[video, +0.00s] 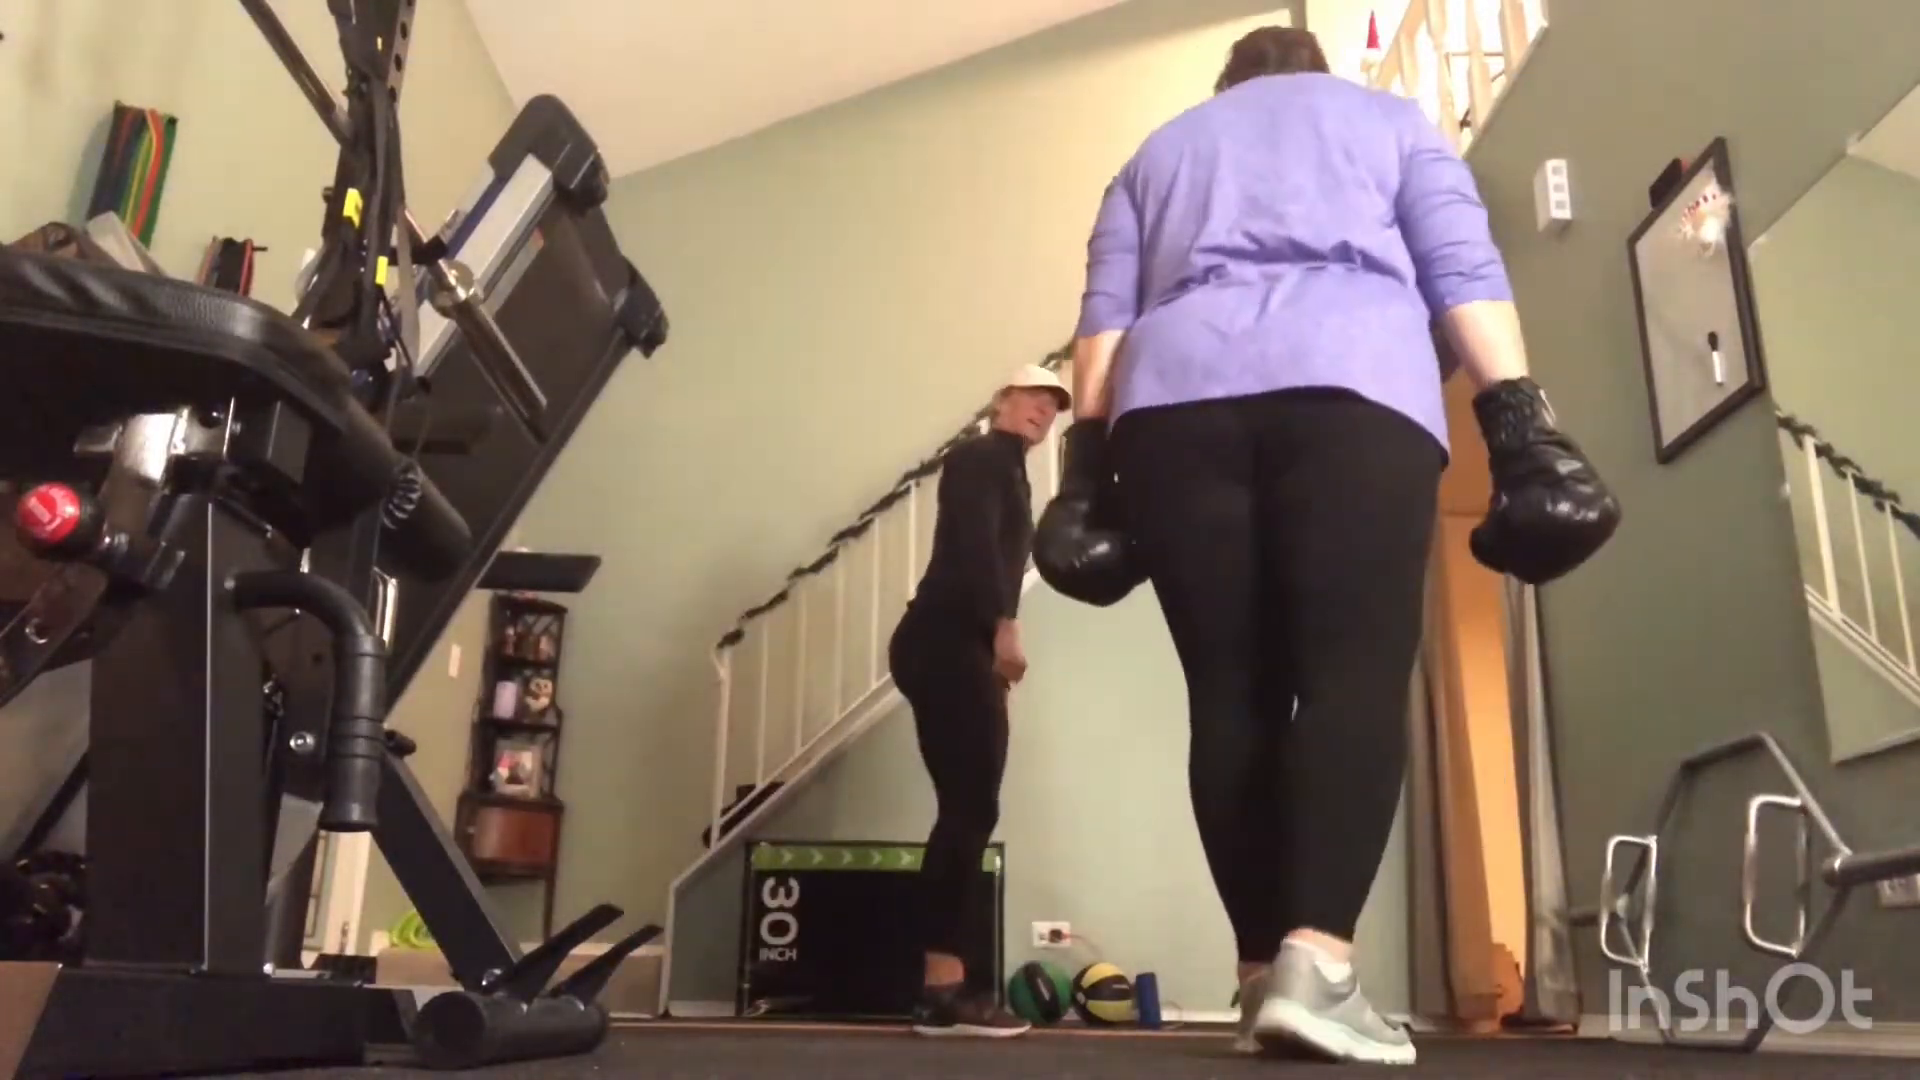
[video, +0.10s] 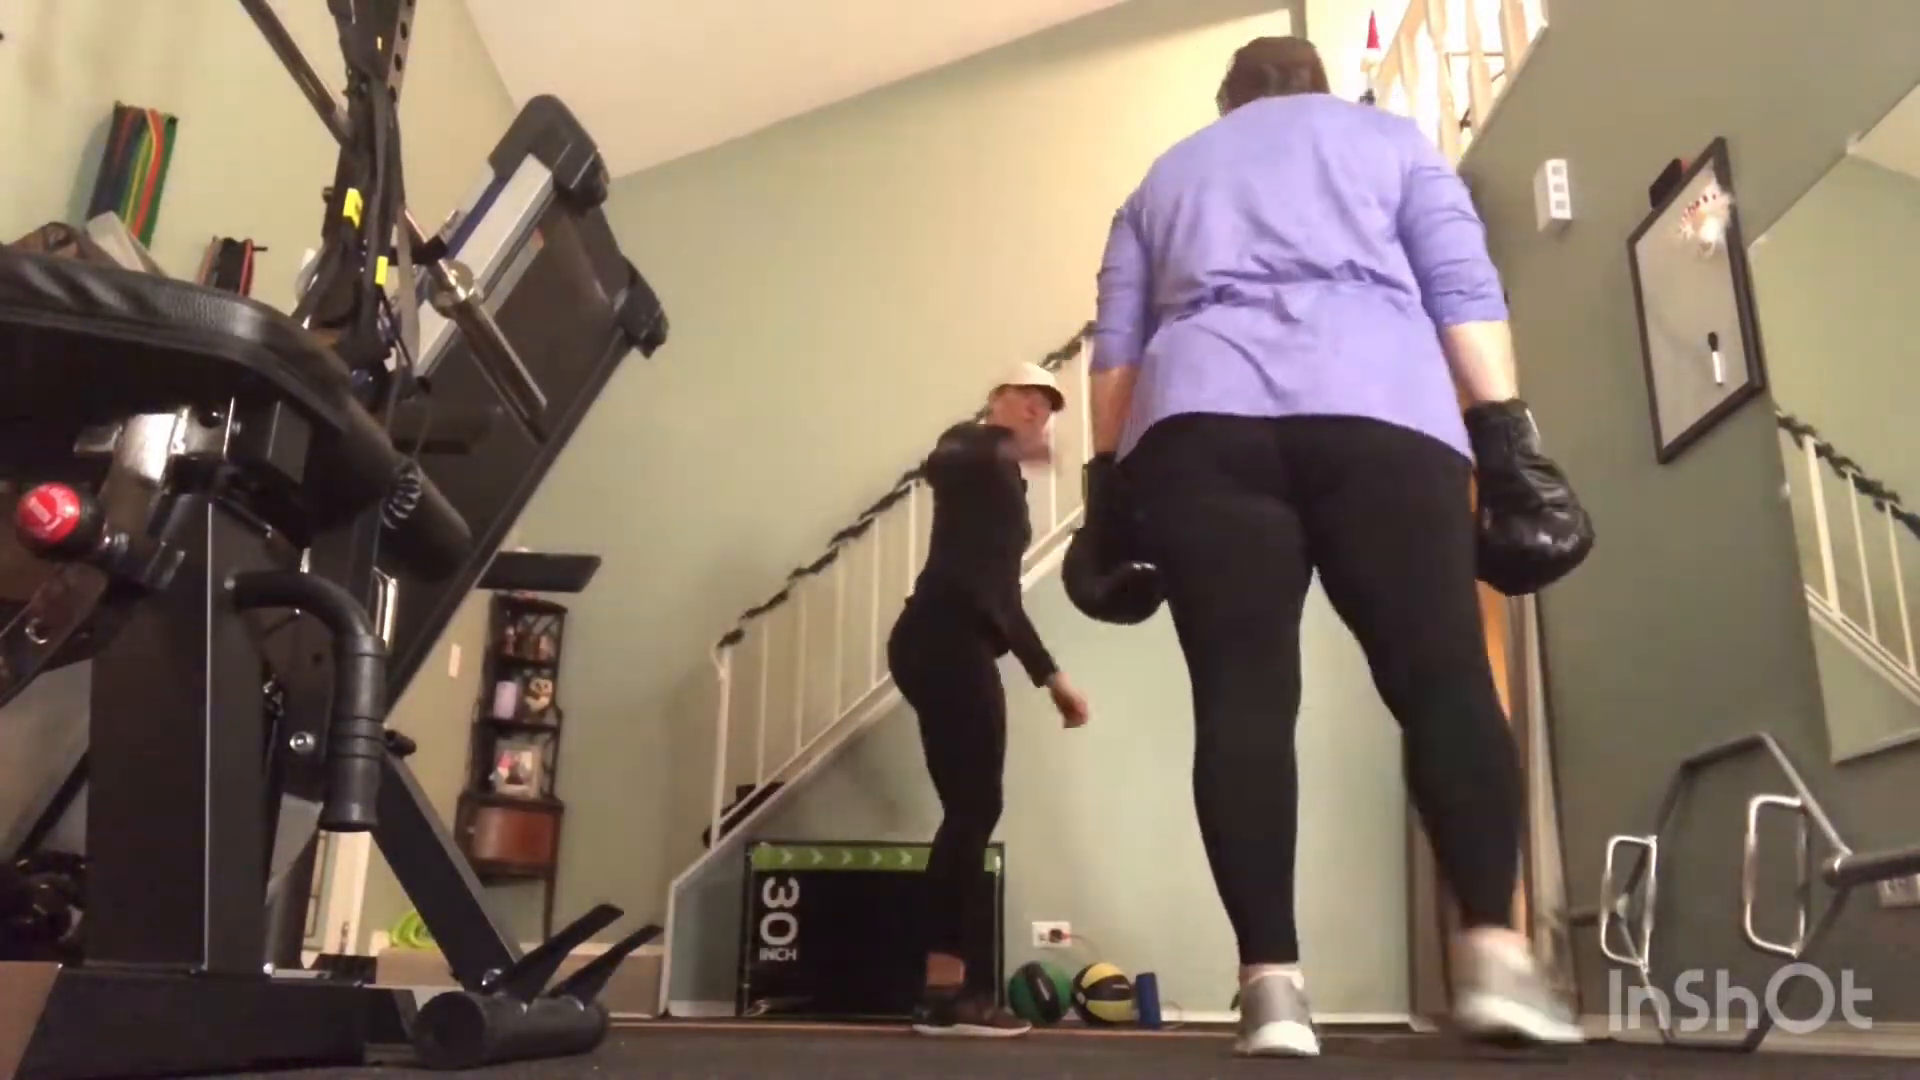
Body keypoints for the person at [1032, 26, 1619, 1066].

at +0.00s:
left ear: (1223, 87)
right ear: (1327, 73)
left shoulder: (1153, 152)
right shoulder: (1394, 118)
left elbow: (1102, 323)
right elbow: (1461, 265)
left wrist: (1083, 475)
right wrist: (1525, 433)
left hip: (1175, 409)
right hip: (1359, 393)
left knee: (1227, 700)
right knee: (1353, 673)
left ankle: (1269, 982)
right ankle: (1316, 966)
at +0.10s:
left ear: (1225, 101)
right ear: (1327, 87)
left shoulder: (1161, 176)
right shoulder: (1395, 137)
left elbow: (1114, 352)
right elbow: (1462, 285)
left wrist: (1106, 504)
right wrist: (1513, 456)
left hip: (1199, 426)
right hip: (1384, 417)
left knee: (1241, 705)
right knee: (1446, 678)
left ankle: (1272, 990)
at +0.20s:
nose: (1292, 109)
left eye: (1293, 96)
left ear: (1301, 97)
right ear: (1405, 90)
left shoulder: (1256, 161)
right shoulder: (1495, 156)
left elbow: (1207, 306)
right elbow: (1558, 298)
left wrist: (1168, 467)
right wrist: (1588, 470)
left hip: (1299, 426)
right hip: (1484, 429)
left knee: (1290, 709)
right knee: (1505, 705)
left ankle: (1279, 981)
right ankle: (1537, 985)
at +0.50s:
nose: (1326, 176)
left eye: (1327, 162)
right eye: (1325, 164)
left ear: (1350, 140)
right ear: (1426, 134)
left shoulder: (1349, 173)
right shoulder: (1531, 207)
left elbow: (1325, 315)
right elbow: (1582, 365)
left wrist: (1267, 464)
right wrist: (1603, 530)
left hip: (1411, 445)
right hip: (1563, 458)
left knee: (1398, 715)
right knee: (1554, 722)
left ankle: (1417, 982)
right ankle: (1632, 981)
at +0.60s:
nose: (1373, 196)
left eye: (1374, 174)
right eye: (1369, 181)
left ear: (1413, 146)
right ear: (1461, 138)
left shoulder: (1456, 177)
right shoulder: (1556, 219)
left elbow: (1478, 290)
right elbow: (1588, 345)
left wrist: (1445, 433)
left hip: (1545, 441)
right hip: (1637, 461)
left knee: (1465, 670)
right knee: (1578, 703)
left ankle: (1548, 964)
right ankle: (1635, 983)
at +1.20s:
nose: (1470, 132)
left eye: (1474, 108)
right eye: (1466, 115)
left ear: (1512, 83)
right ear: (1542, 81)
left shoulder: (1565, 115)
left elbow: (1586, 243)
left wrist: (1552, 410)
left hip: (1654, 414)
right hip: (1635, 427)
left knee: (1626, 686)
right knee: (1606, 695)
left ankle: (1704, 987)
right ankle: (1677, 972)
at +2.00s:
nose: (1437, 125)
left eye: (1453, 104)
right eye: (1426, 120)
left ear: (1515, 95)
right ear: (1437, 146)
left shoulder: (1560, 143)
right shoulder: (1481, 234)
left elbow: (1601, 260)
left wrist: (1576, 408)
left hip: (1640, 429)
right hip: (1580, 460)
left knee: (1621, 682)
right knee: (1603, 702)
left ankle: (1699, 984)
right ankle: (1682, 977)